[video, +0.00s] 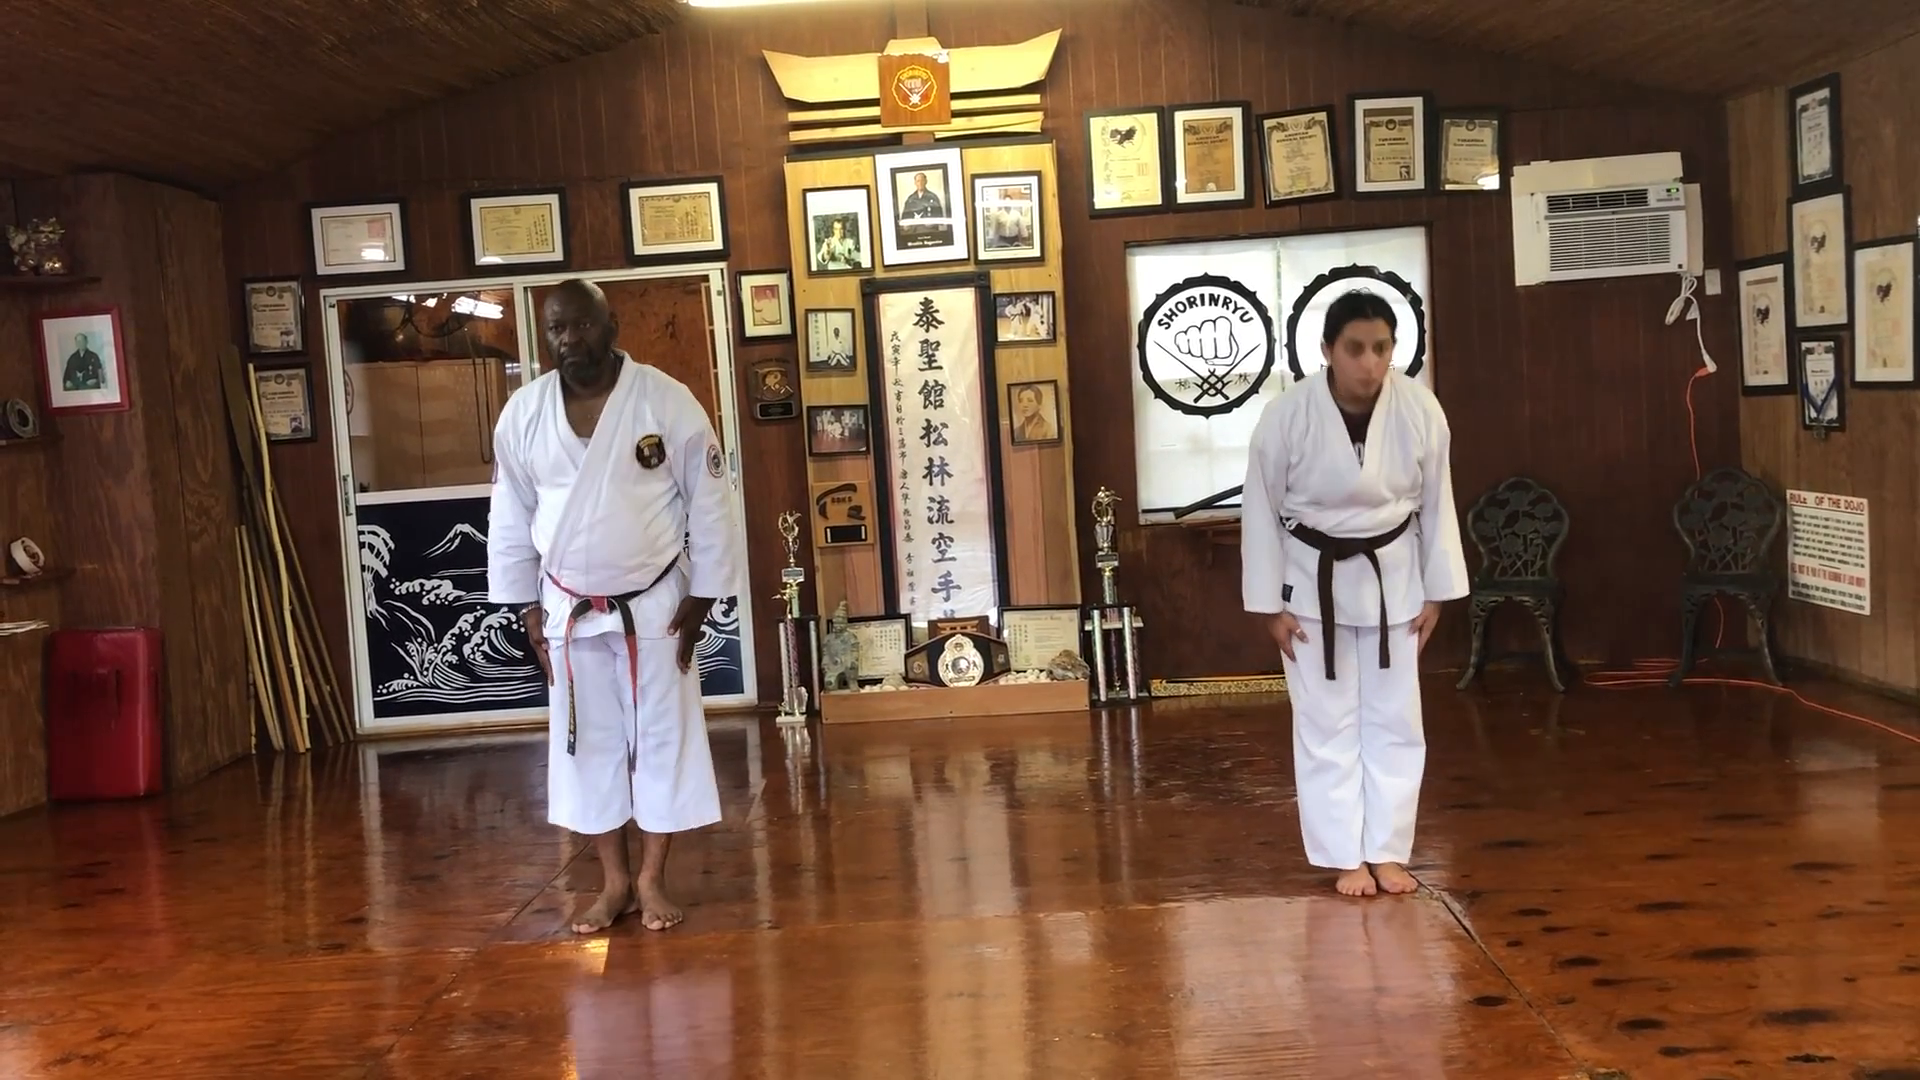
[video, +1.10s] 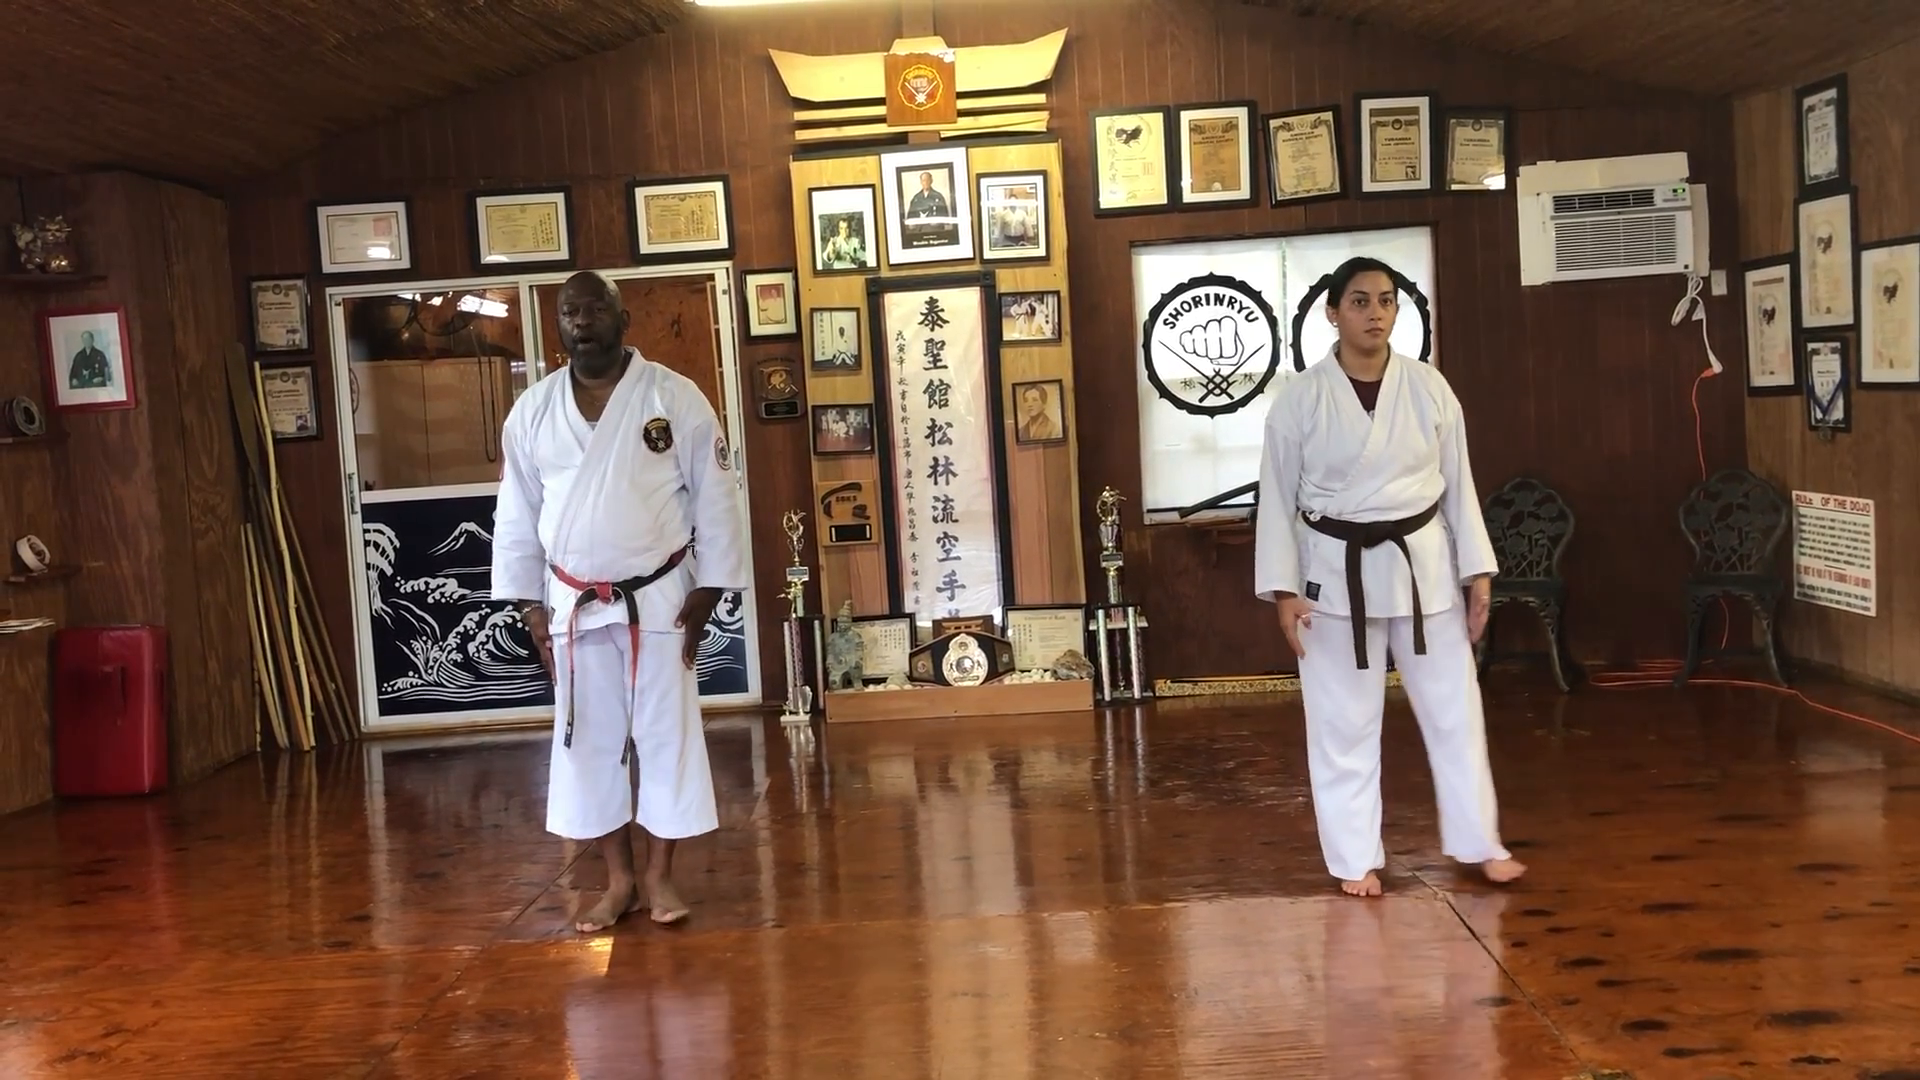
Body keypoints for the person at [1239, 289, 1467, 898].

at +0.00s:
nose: (1371, 363)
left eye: (1381, 349)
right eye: (1357, 349)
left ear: (1393, 352)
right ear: (1328, 352)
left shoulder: (1420, 410)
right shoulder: (1287, 415)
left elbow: (1437, 506)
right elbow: (1260, 511)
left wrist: (1435, 594)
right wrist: (1270, 604)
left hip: (1394, 568)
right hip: (1312, 570)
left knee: (1394, 715)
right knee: (1328, 718)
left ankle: (1388, 853)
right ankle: (1346, 858)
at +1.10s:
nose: (1375, 313)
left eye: (1386, 301)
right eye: (1360, 301)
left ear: (1398, 313)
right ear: (1334, 312)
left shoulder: (1429, 387)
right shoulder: (1298, 396)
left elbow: (1458, 487)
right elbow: (1276, 497)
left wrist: (1478, 570)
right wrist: (1283, 586)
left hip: (1425, 563)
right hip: (1335, 567)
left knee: (1455, 710)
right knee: (1345, 721)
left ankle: (1480, 844)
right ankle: (1356, 860)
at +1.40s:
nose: (1416, 316)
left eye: (1426, 304)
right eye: (1401, 305)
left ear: (1439, 315)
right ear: (1375, 320)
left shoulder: (1474, 389)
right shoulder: (1344, 401)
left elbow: (1504, 489)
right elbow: (1319, 500)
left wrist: (1522, 574)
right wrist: (1322, 588)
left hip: (1470, 568)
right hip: (1376, 571)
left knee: (1495, 719)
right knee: (1366, 723)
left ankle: (1521, 856)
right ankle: (1361, 863)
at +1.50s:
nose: (1433, 315)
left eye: (1443, 303)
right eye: (1417, 304)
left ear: (1457, 314)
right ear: (1393, 318)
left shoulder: (1492, 388)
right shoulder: (1361, 397)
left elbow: (1522, 488)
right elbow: (1337, 498)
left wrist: (1539, 574)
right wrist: (1338, 586)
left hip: (1486, 570)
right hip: (1391, 573)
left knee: (1505, 721)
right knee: (1375, 725)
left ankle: (1522, 857)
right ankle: (1363, 863)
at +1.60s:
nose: (1445, 316)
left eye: (1455, 304)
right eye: (1430, 305)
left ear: (1469, 315)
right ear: (1405, 318)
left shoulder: (1503, 390)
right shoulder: (1372, 400)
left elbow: (1533, 487)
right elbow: (1349, 499)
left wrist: (1553, 573)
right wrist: (1350, 584)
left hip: (1495, 571)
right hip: (1401, 573)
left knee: (1511, 722)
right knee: (1382, 724)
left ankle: (1523, 857)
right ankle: (1365, 863)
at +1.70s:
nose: (1450, 319)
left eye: (1460, 307)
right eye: (1436, 308)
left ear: (1475, 318)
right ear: (1411, 319)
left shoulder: (1508, 395)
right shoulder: (1376, 403)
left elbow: (1540, 490)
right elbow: (1353, 499)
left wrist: (1561, 576)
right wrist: (1355, 584)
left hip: (1499, 576)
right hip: (1404, 578)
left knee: (1513, 726)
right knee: (1385, 728)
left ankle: (1527, 859)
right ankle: (1363, 866)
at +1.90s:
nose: (1450, 327)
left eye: (1460, 315)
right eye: (1436, 314)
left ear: (1473, 325)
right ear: (1410, 324)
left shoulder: (1504, 401)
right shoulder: (1373, 408)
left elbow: (1536, 496)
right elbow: (1351, 503)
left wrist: (1556, 581)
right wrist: (1354, 585)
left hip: (1494, 580)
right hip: (1400, 580)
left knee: (1507, 731)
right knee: (1381, 733)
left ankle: (1520, 866)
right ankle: (1361, 871)